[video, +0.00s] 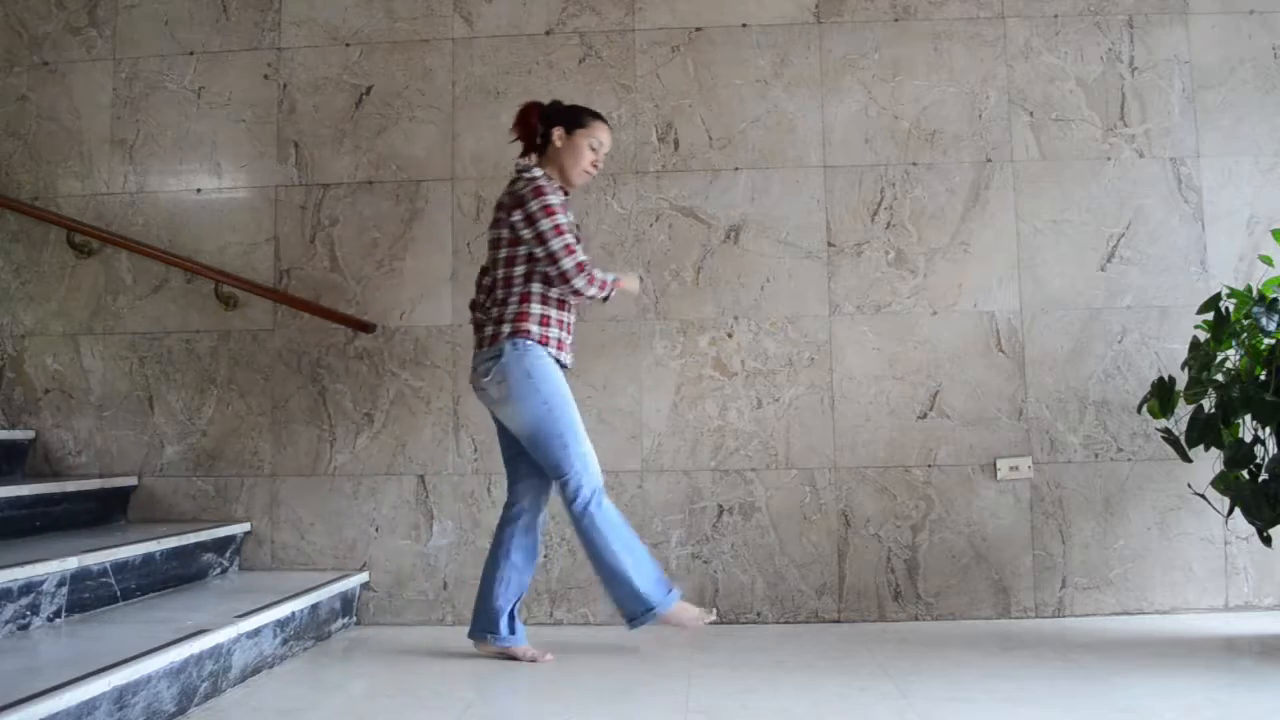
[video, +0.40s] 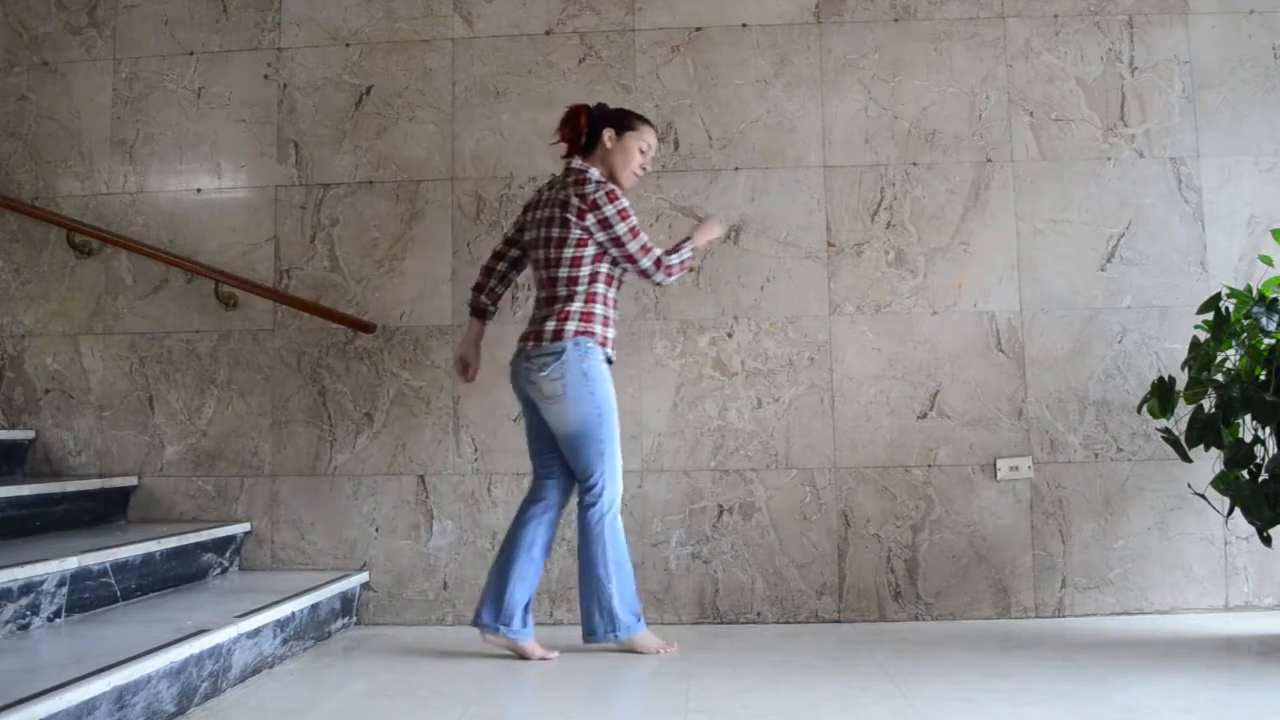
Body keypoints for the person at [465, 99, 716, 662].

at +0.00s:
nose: (598, 164)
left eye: (603, 155)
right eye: (592, 149)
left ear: (565, 148)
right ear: (557, 138)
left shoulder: (524, 194)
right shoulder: (537, 189)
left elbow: (486, 292)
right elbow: (577, 277)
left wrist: (496, 350)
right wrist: (614, 285)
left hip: (505, 359)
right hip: (523, 357)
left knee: (528, 496)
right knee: (583, 481)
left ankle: (495, 629)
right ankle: (656, 600)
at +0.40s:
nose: (646, 166)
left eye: (650, 157)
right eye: (641, 152)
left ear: (604, 145)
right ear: (609, 138)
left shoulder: (544, 198)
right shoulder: (599, 194)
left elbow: (502, 263)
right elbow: (657, 267)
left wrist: (472, 333)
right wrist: (698, 242)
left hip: (533, 358)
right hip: (575, 356)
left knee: (551, 486)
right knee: (602, 491)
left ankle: (504, 620)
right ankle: (619, 623)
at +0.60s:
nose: (656, 167)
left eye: (661, 159)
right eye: (652, 152)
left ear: (615, 146)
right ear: (619, 138)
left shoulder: (555, 194)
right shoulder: (604, 192)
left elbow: (507, 257)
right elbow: (669, 257)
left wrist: (514, 327)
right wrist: (749, 270)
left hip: (540, 357)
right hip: (583, 354)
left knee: (565, 487)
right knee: (614, 487)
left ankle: (524, 625)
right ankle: (620, 624)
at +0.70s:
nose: (656, 171)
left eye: (661, 162)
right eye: (652, 155)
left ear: (616, 149)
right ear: (619, 142)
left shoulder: (557, 198)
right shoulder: (599, 196)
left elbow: (522, 278)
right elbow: (660, 263)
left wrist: (551, 325)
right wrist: (739, 311)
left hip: (536, 364)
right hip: (577, 360)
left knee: (565, 489)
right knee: (633, 478)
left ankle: (523, 628)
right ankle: (626, 622)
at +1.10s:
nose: (691, 155)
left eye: (696, 145)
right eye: (686, 141)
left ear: (660, 139)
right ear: (651, 131)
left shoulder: (640, 200)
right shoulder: (610, 175)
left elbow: (637, 298)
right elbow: (548, 228)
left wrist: (692, 337)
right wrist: (475, 288)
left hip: (590, 346)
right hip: (597, 344)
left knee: (592, 479)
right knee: (626, 475)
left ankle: (536, 609)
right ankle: (616, 619)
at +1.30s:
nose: (700, 159)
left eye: (704, 149)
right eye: (694, 145)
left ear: (677, 145)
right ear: (657, 136)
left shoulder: (661, 209)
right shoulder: (609, 177)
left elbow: (651, 294)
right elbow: (549, 228)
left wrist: (702, 299)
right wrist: (498, 225)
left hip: (643, 353)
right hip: (606, 347)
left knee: (662, 478)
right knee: (630, 480)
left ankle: (545, 554)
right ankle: (615, 623)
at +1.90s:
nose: (689, 137)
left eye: (691, 127)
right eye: (678, 127)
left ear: (675, 134)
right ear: (640, 132)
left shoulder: (682, 197)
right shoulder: (612, 188)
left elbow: (703, 258)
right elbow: (584, 259)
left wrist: (754, 220)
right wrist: (573, 181)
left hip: (686, 347)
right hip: (636, 345)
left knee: (712, 468)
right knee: (648, 474)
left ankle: (697, 607)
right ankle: (621, 618)